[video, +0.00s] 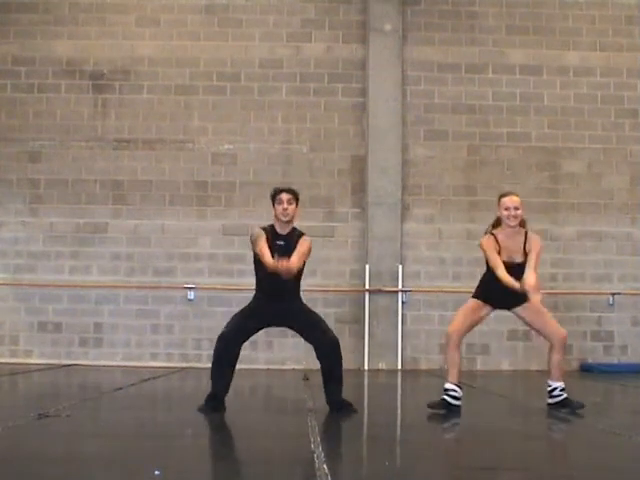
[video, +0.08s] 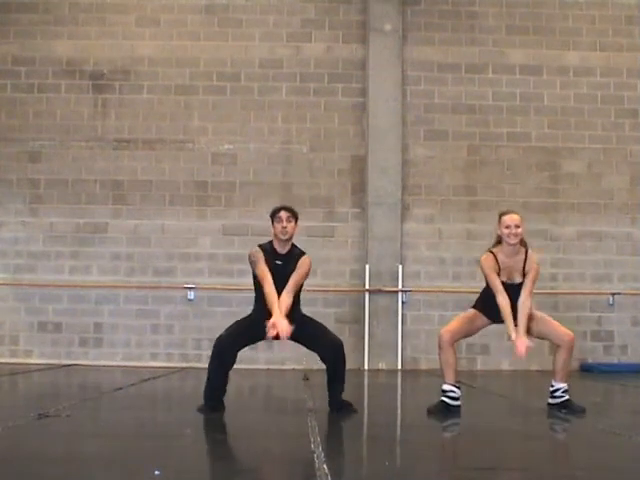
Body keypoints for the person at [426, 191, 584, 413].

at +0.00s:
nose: (512, 213)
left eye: (516, 209)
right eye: (507, 209)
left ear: (522, 211)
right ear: (499, 212)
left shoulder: (532, 240)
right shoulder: (489, 240)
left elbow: (531, 270)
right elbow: (499, 270)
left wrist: (532, 290)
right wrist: (519, 286)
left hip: (518, 296)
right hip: (488, 295)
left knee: (559, 336)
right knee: (453, 334)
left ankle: (556, 394)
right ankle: (452, 395)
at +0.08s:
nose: (513, 231)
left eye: (517, 227)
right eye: (507, 227)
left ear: (523, 230)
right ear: (499, 231)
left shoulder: (531, 260)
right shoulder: (489, 259)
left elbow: (525, 299)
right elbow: (500, 295)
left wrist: (522, 333)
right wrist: (512, 329)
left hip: (518, 309)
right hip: (488, 310)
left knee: (566, 338)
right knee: (446, 336)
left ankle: (558, 396)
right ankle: (451, 397)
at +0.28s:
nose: (509, 229)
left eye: (514, 225)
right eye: (504, 225)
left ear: (519, 228)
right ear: (496, 228)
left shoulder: (527, 258)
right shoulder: (485, 255)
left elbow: (519, 298)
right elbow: (495, 296)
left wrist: (513, 335)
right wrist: (503, 335)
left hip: (518, 309)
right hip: (487, 309)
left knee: (567, 340)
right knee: (445, 336)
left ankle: (559, 397)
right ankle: (450, 397)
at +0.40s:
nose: (506, 201)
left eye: (510, 196)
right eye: (501, 197)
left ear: (516, 198)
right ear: (494, 199)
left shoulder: (524, 219)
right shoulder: (483, 217)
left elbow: (518, 256)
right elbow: (492, 254)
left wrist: (515, 294)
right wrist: (497, 293)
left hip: (514, 283)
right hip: (485, 283)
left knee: (549, 333)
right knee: (457, 332)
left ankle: (558, 394)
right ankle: (451, 396)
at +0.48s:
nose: (506, 188)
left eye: (511, 183)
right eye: (501, 183)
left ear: (516, 184)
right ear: (493, 185)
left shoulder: (520, 196)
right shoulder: (485, 195)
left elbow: (513, 233)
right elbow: (493, 233)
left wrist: (510, 273)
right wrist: (496, 272)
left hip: (513, 264)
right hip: (485, 265)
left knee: (528, 328)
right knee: (474, 328)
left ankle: (542, 384)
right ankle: (460, 386)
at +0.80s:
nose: (506, 216)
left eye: (511, 211)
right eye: (501, 211)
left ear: (517, 208)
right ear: (492, 206)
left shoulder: (523, 222)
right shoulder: (481, 213)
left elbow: (515, 256)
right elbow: (457, 233)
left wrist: (508, 293)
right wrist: (467, 264)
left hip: (509, 278)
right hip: (481, 276)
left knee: (528, 332)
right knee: (461, 326)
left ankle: (506, 382)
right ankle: (478, 379)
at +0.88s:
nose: (505, 244)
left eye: (510, 239)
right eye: (500, 239)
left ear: (519, 234)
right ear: (492, 232)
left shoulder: (522, 253)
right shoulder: (482, 235)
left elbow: (520, 289)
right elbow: (454, 232)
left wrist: (516, 326)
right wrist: (464, 265)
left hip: (507, 305)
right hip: (476, 302)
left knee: (538, 339)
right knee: (452, 334)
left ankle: (508, 384)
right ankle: (473, 384)